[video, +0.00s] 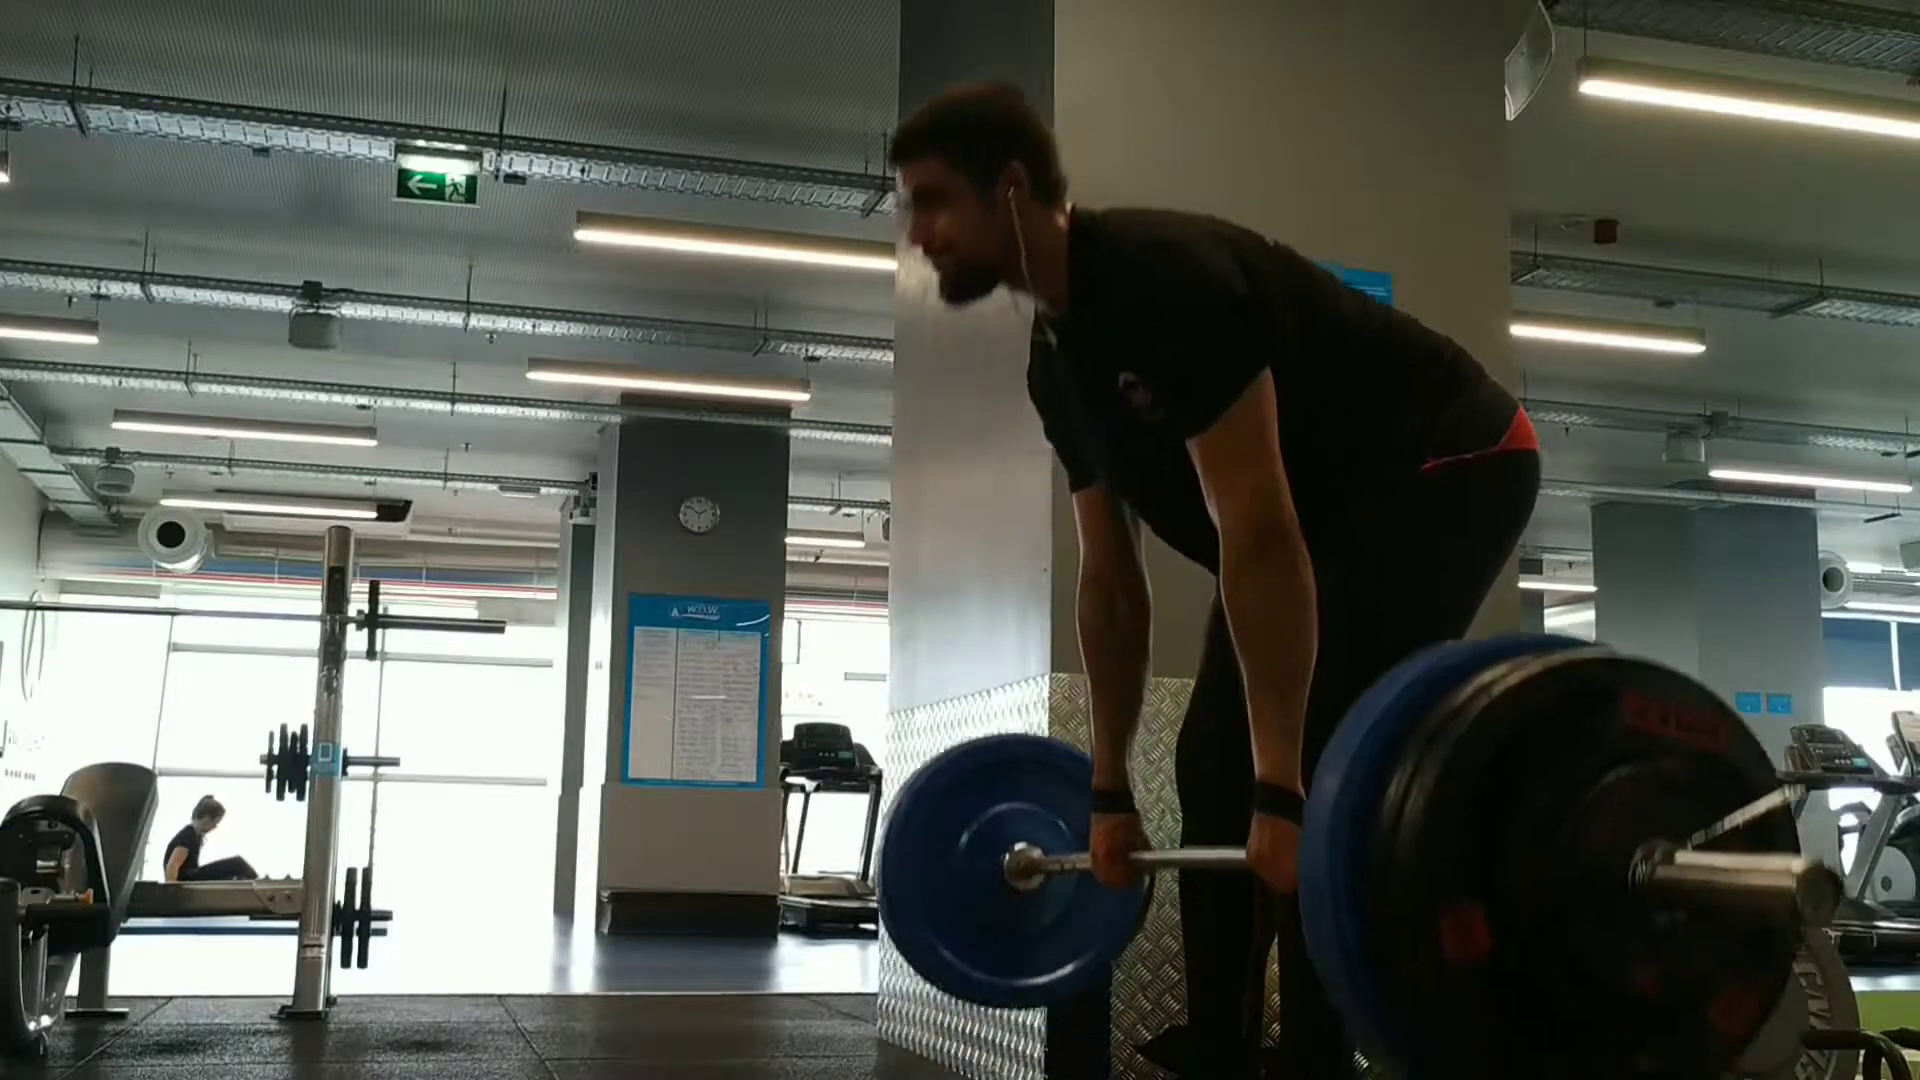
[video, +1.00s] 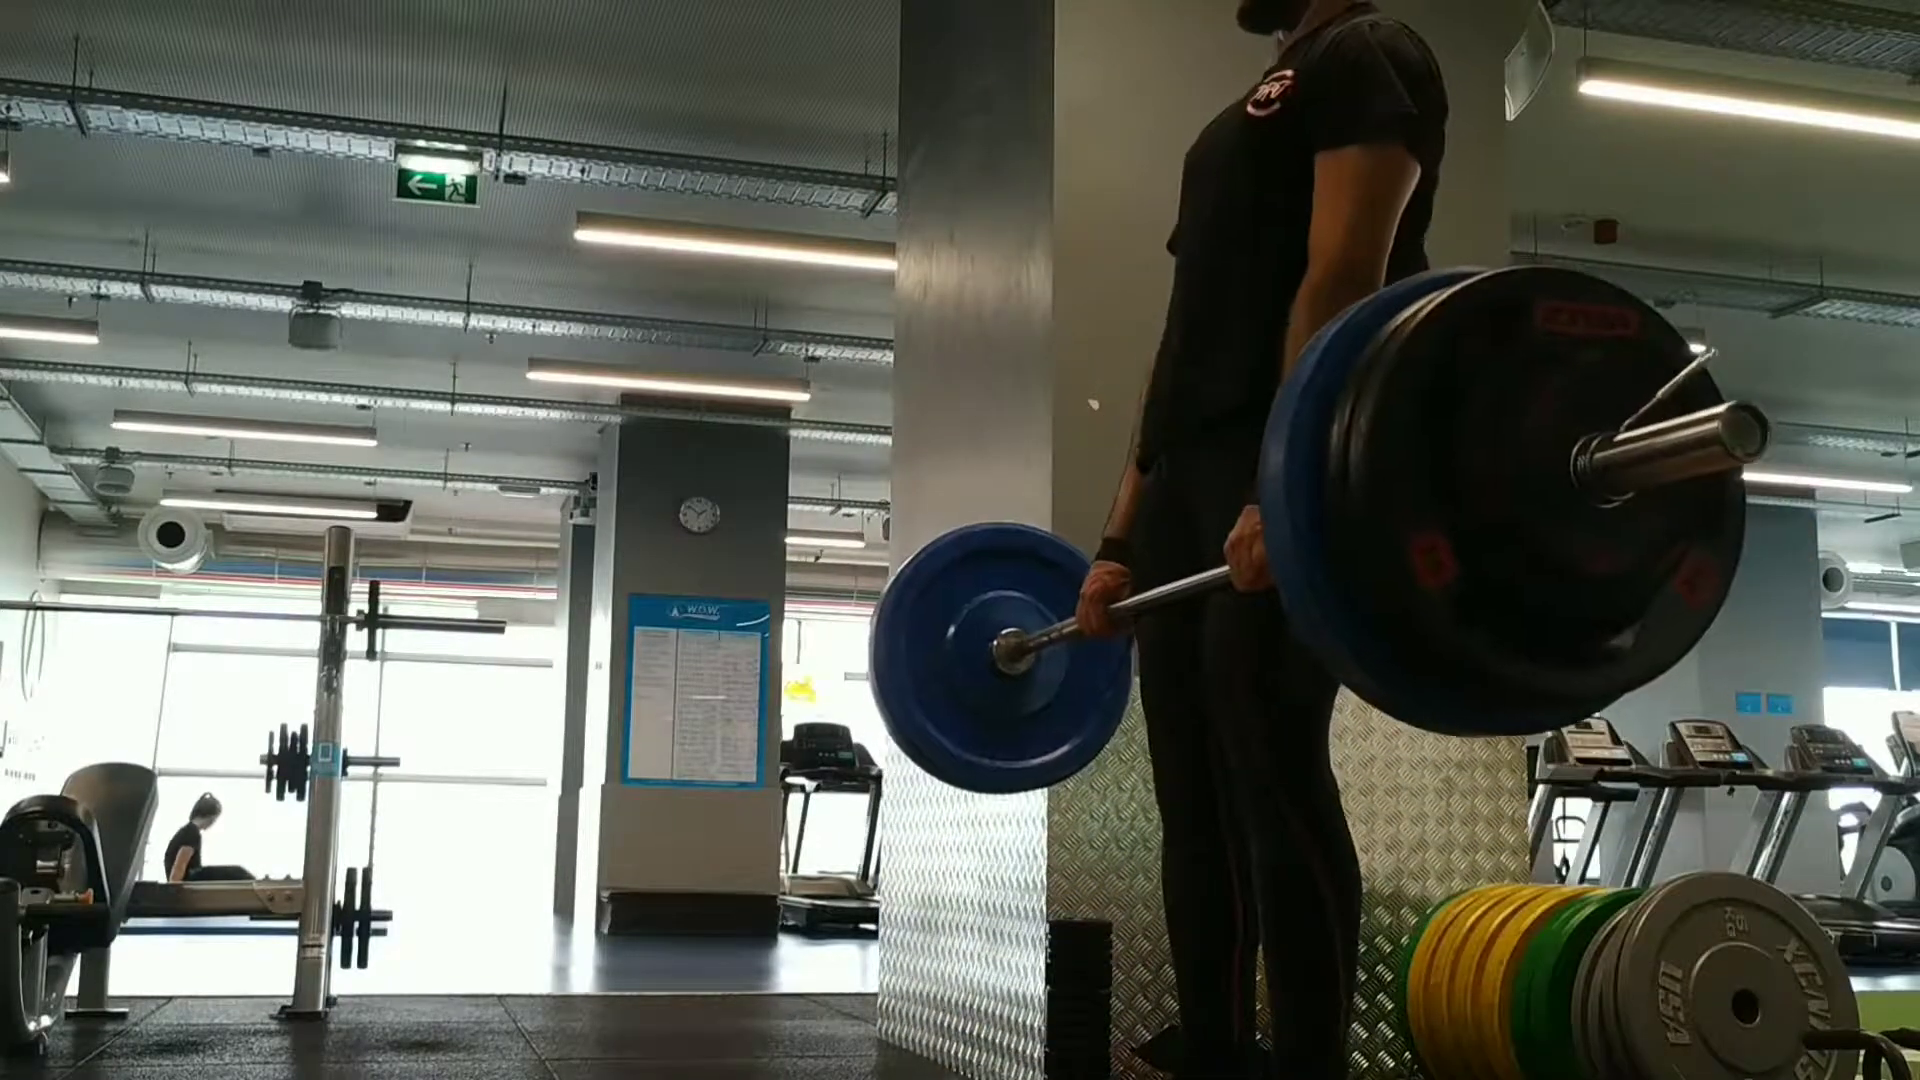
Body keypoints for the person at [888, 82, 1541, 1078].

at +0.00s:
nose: (916, 235)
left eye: (933, 204)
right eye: (908, 211)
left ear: (1014, 188)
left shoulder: (1169, 282)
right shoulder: (1057, 356)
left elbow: (1264, 540)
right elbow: (1109, 580)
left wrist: (1279, 793)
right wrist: (1110, 789)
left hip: (1446, 469)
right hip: (1308, 503)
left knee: (1334, 763)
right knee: (1212, 756)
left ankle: (1320, 1045)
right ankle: (1221, 1030)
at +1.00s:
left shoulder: (1369, 55)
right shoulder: (1244, 115)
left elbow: (1344, 279)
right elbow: (1193, 334)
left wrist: (1285, 491)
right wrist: (1123, 534)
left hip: (1269, 493)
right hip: (1183, 499)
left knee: (1277, 787)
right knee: (1191, 795)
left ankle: (1311, 1060)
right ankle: (1208, 1052)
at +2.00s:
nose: (966, 100)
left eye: (984, 69)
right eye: (961, 78)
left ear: (1064, 64)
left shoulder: (1192, 184)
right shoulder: (1075, 270)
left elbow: (1271, 442)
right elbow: (1122, 487)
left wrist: (1275, 686)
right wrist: (1114, 699)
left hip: (1413, 489)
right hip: (1280, 510)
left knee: (1301, 768)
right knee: (1193, 760)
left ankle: (1313, 1057)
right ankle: (1212, 1046)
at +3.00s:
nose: (906, 300)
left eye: (923, 266)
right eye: (902, 273)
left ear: (1004, 252)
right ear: (998, 262)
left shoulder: (1155, 342)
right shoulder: (1054, 430)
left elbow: (1263, 603)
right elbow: (1112, 632)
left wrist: (1287, 860)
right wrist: (1119, 849)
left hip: (1459, 477)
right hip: (1329, 519)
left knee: (1296, 766)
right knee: (1191, 759)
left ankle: (1312, 1040)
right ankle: (1213, 1038)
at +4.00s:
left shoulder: (1321, 46)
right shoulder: (1191, 121)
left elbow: (1318, 287)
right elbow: (1161, 346)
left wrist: (1271, 500)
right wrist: (1107, 546)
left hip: (1264, 500)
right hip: (1173, 507)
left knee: (1264, 786)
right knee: (1181, 792)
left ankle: (1309, 1057)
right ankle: (1207, 1049)